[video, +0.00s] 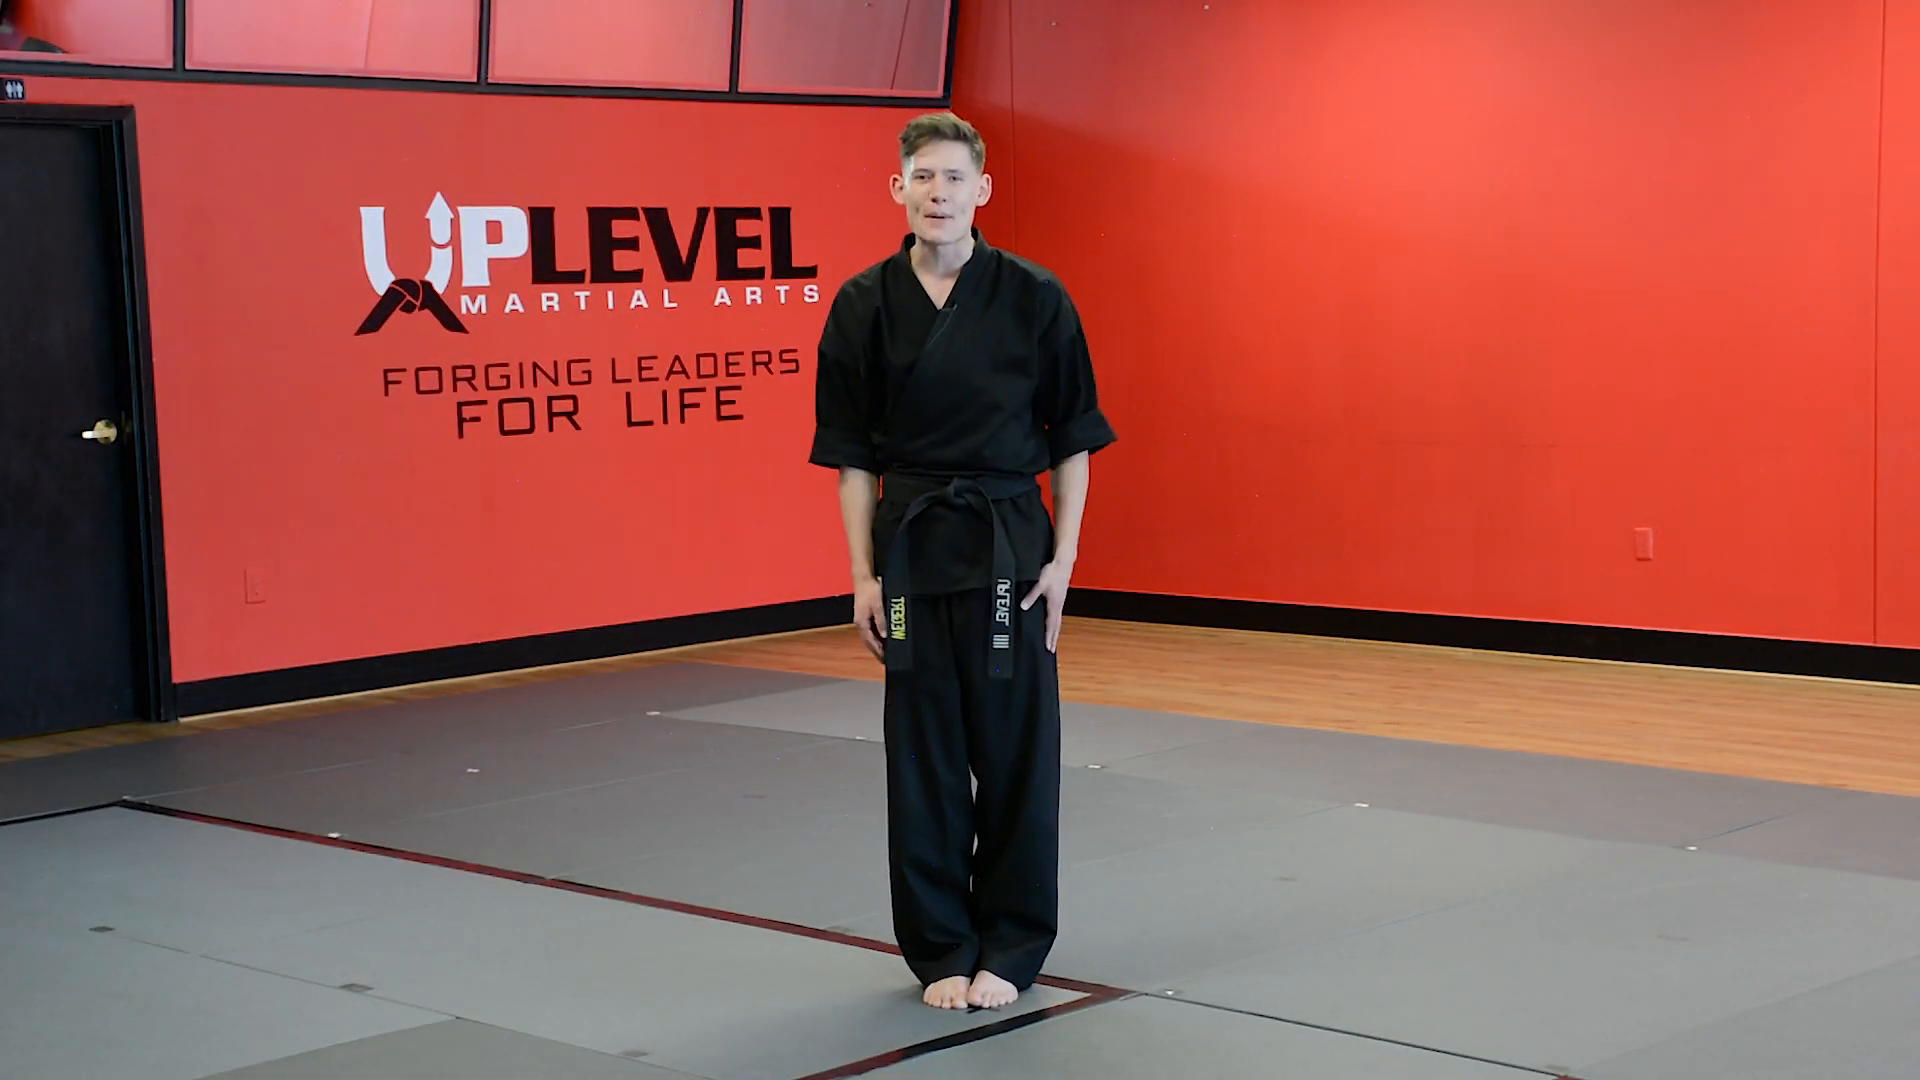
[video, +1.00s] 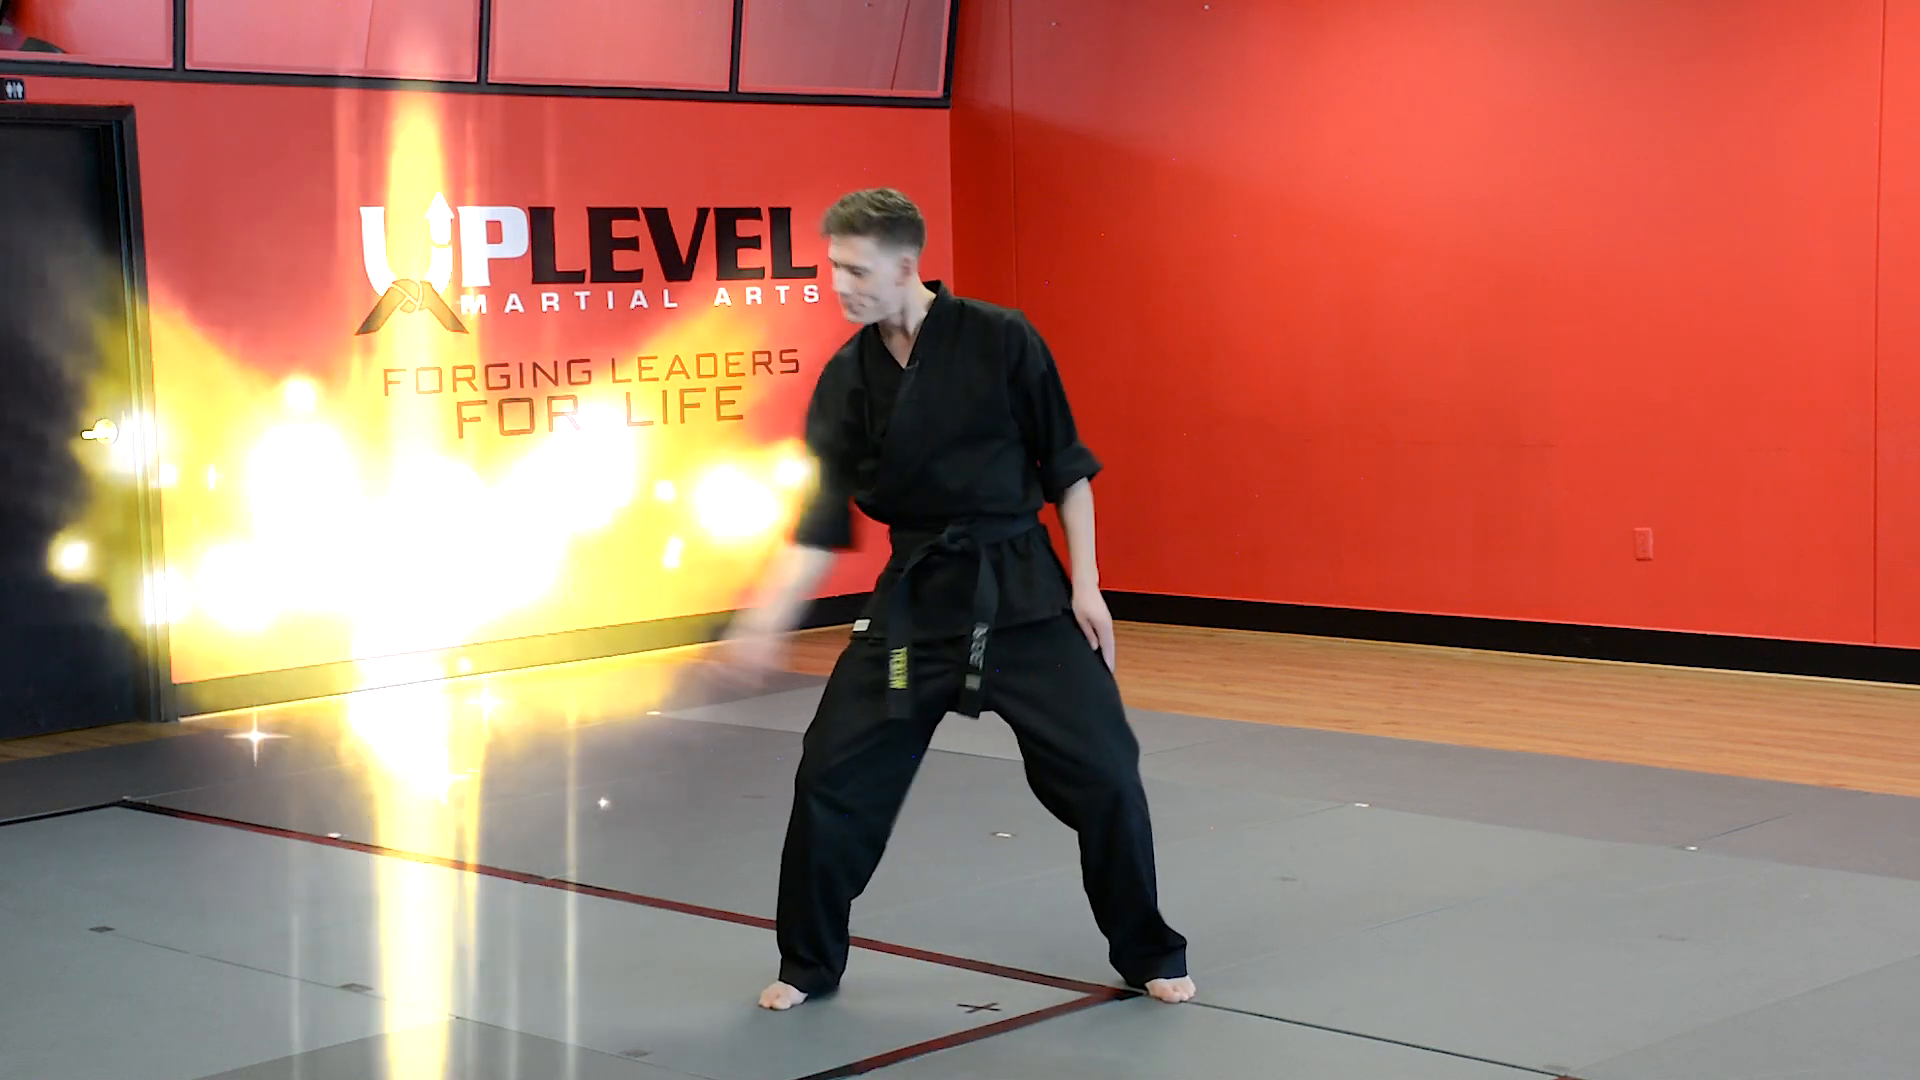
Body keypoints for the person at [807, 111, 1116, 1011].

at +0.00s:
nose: (937, 189)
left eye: (954, 175)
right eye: (922, 176)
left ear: (983, 189)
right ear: (899, 191)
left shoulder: (1035, 297)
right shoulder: (860, 305)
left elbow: (1074, 439)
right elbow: (850, 456)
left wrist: (1064, 559)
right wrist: (863, 572)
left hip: (1013, 542)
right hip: (910, 545)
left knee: (1016, 760)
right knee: (925, 762)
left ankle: (1008, 955)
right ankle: (941, 955)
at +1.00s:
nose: (840, 287)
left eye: (855, 271)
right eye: (834, 270)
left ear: (908, 265)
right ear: (838, 269)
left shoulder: (1003, 339)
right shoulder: (846, 383)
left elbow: (1068, 467)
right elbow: (817, 526)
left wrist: (1086, 583)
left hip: (1022, 585)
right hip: (913, 593)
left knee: (1107, 771)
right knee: (831, 776)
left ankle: (1146, 951)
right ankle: (811, 964)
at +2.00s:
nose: (956, 250)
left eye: (971, 237)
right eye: (941, 231)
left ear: (984, 249)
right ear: (901, 234)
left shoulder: (1014, 333)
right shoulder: (850, 348)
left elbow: (982, 431)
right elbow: (830, 493)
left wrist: (875, 368)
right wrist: (869, 590)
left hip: (1008, 575)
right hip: (898, 582)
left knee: (1110, 759)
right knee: (825, 768)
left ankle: (1155, 947)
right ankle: (804, 960)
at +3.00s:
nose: (930, 212)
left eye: (951, 203)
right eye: (919, 199)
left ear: (979, 230)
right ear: (895, 219)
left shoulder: (1023, 334)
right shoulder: (853, 346)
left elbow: (1076, 469)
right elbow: (840, 494)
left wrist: (1073, 592)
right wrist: (855, 605)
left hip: (1007, 580)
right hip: (893, 587)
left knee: (1105, 765)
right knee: (827, 767)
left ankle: (1155, 947)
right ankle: (804, 959)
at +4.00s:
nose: (955, 217)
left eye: (972, 206)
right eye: (941, 205)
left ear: (998, 225)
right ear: (916, 222)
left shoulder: (1033, 337)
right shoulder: (861, 336)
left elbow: (1067, 480)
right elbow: (834, 484)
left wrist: (1073, 599)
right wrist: (836, 602)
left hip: (1018, 577)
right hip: (899, 580)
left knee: (1108, 761)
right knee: (833, 772)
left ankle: (1154, 948)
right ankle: (805, 960)